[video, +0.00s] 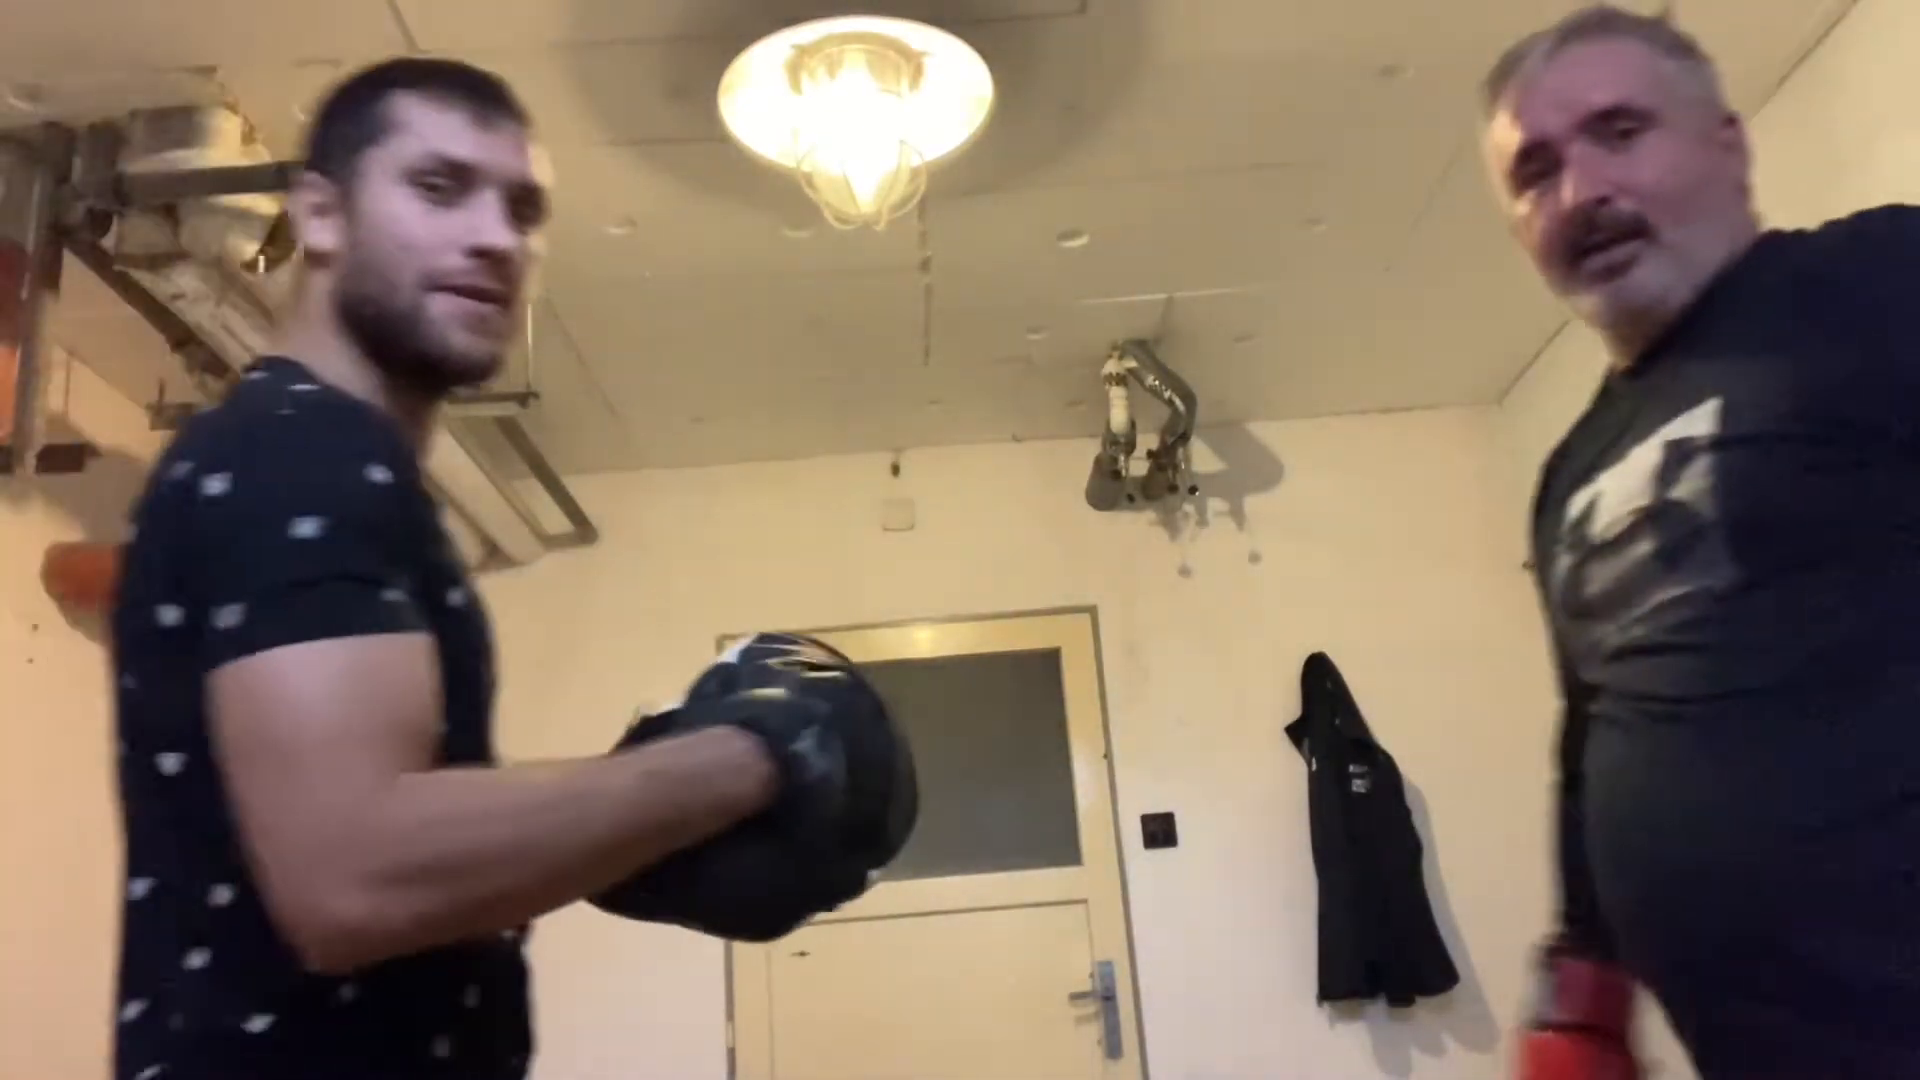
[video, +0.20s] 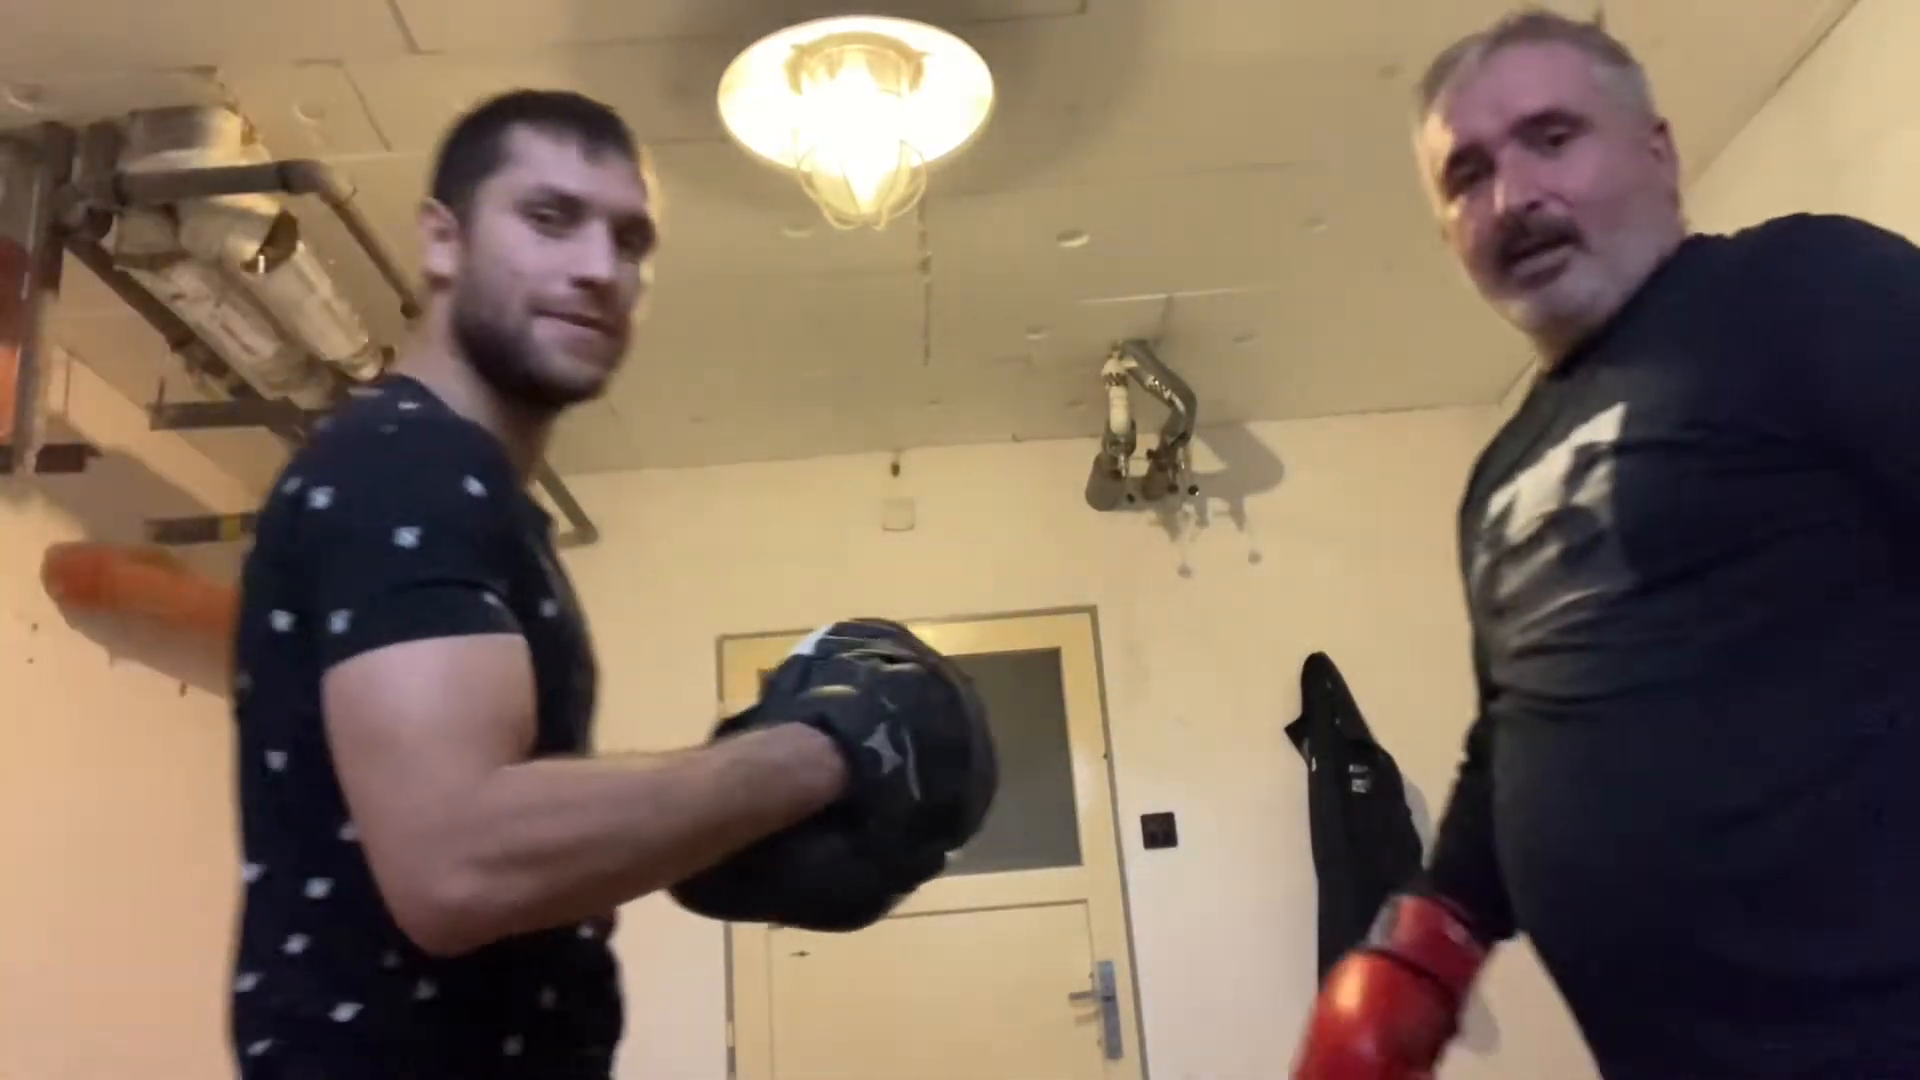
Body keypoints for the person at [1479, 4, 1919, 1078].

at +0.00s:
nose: (1580, 189)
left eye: (1620, 131)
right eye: (1537, 173)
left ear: (1730, 144)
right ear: (1517, 229)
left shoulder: (1889, 268)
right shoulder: (1570, 474)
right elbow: (1598, 736)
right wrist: (1583, 997)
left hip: (1911, 979)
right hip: (1745, 1033)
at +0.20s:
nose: (1512, 193)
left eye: (1552, 137)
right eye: (1469, 175)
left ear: (1659, 152)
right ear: (1451, 233)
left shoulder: (1818, 285)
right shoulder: (1500, 475)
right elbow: (1515, 735)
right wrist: (1425, 945)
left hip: (1878, 1003)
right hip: (1656, 1043)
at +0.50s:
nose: (1428, 173)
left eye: (1469, 109)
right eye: (1384, 147)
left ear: (1585, 126)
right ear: (1362, 202)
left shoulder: (1737, 276)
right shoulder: (1418, 447)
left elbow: (1915, 529)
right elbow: (1461, 741)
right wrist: (1419, 989)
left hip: (1823, 1006)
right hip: (1561, 1037)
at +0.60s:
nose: (1391, 157)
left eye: (1436, 88)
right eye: (1347, 127)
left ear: (1557, 107)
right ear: (1327, 183)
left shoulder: (1712, 270)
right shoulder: (1397, 422)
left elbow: (1911, 574)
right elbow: (1433, 726)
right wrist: (1418, 994)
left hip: (1773, 1016)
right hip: (1500, 1031)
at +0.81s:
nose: (1274, 100)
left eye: (1321, 31)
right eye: (1232, 76)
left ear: (1465, 43)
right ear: (1217, 125)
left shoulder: (1616, 238)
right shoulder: (1373, 338)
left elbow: (1815, 624)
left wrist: (1843, 982)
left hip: (1660, 1015)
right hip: (1444, 1024)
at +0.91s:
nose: (1187, 107)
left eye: (1231, 36)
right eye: (1156, 79)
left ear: (1396, 33)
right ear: (1151, 114)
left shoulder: (1548, 228)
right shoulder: (1353, 306)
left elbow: (1699, 689)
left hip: (1618, 1012)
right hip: (1452, 1021)